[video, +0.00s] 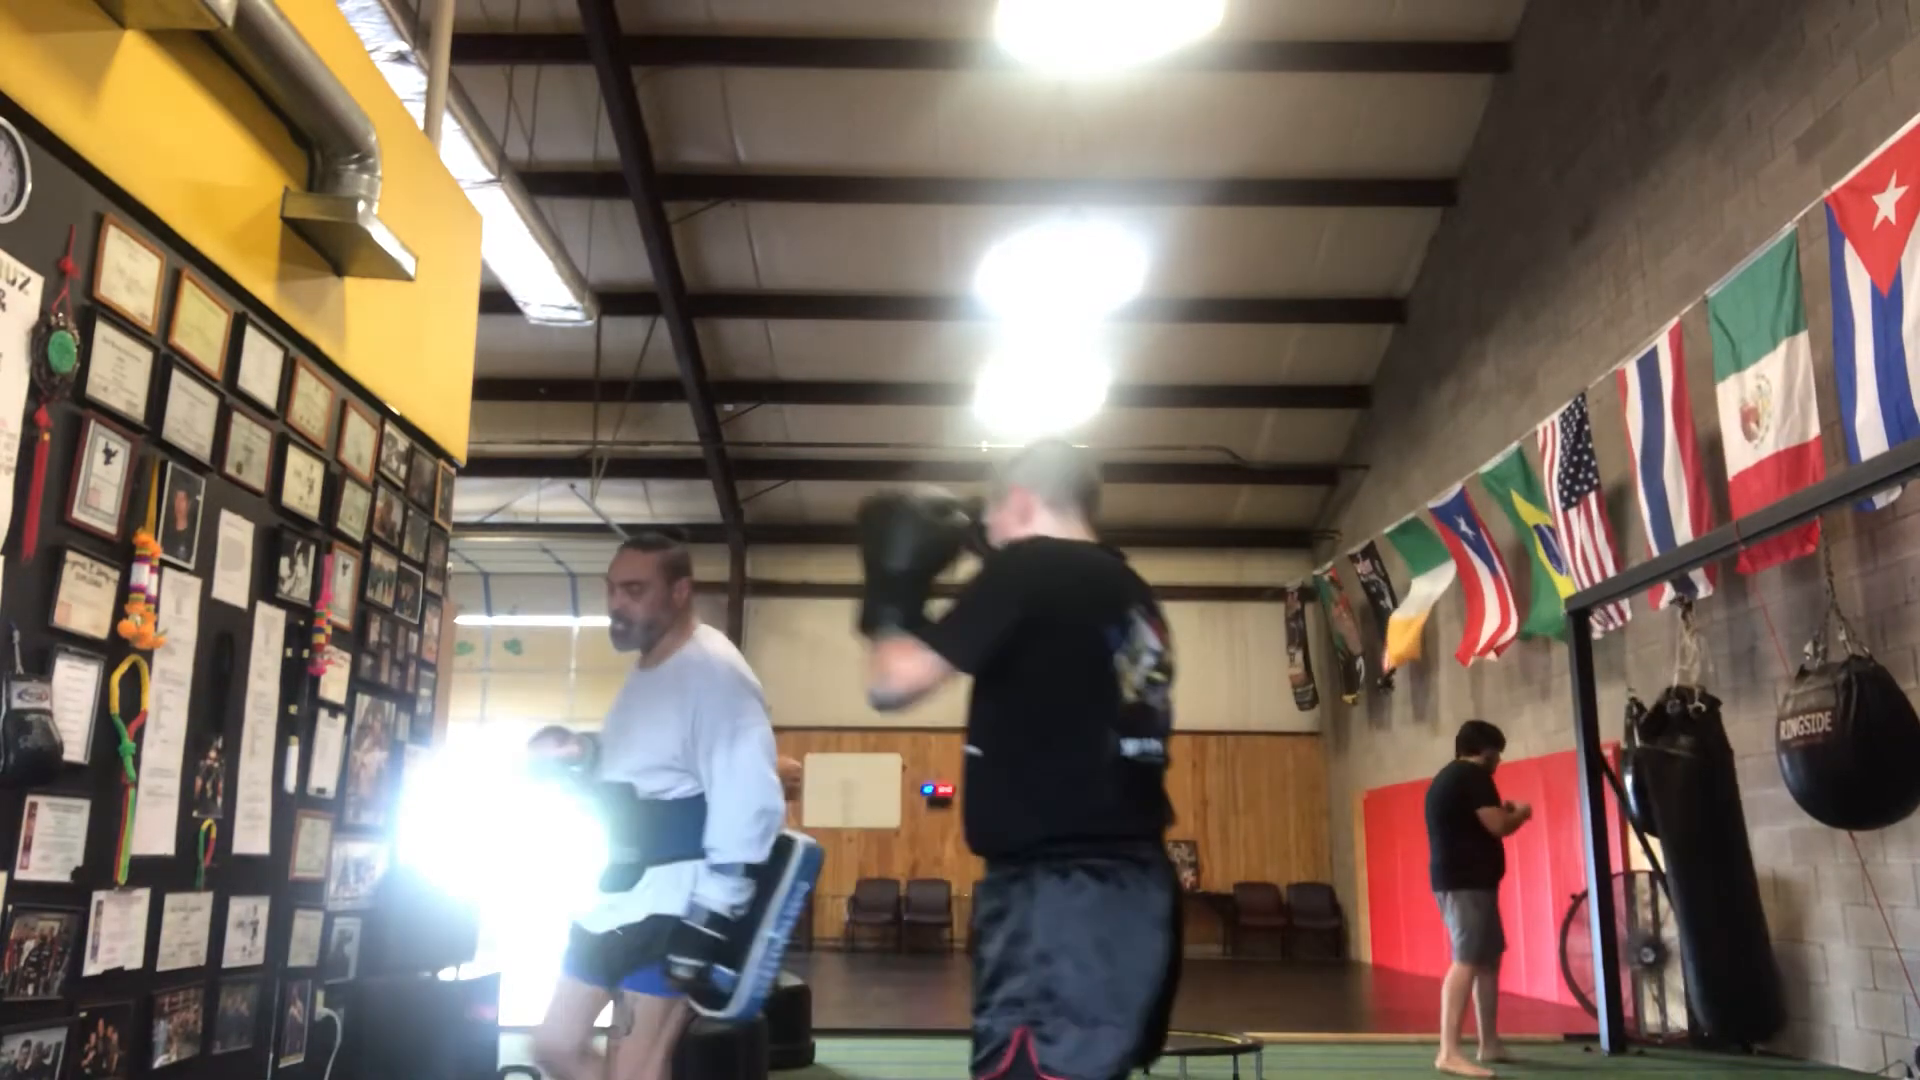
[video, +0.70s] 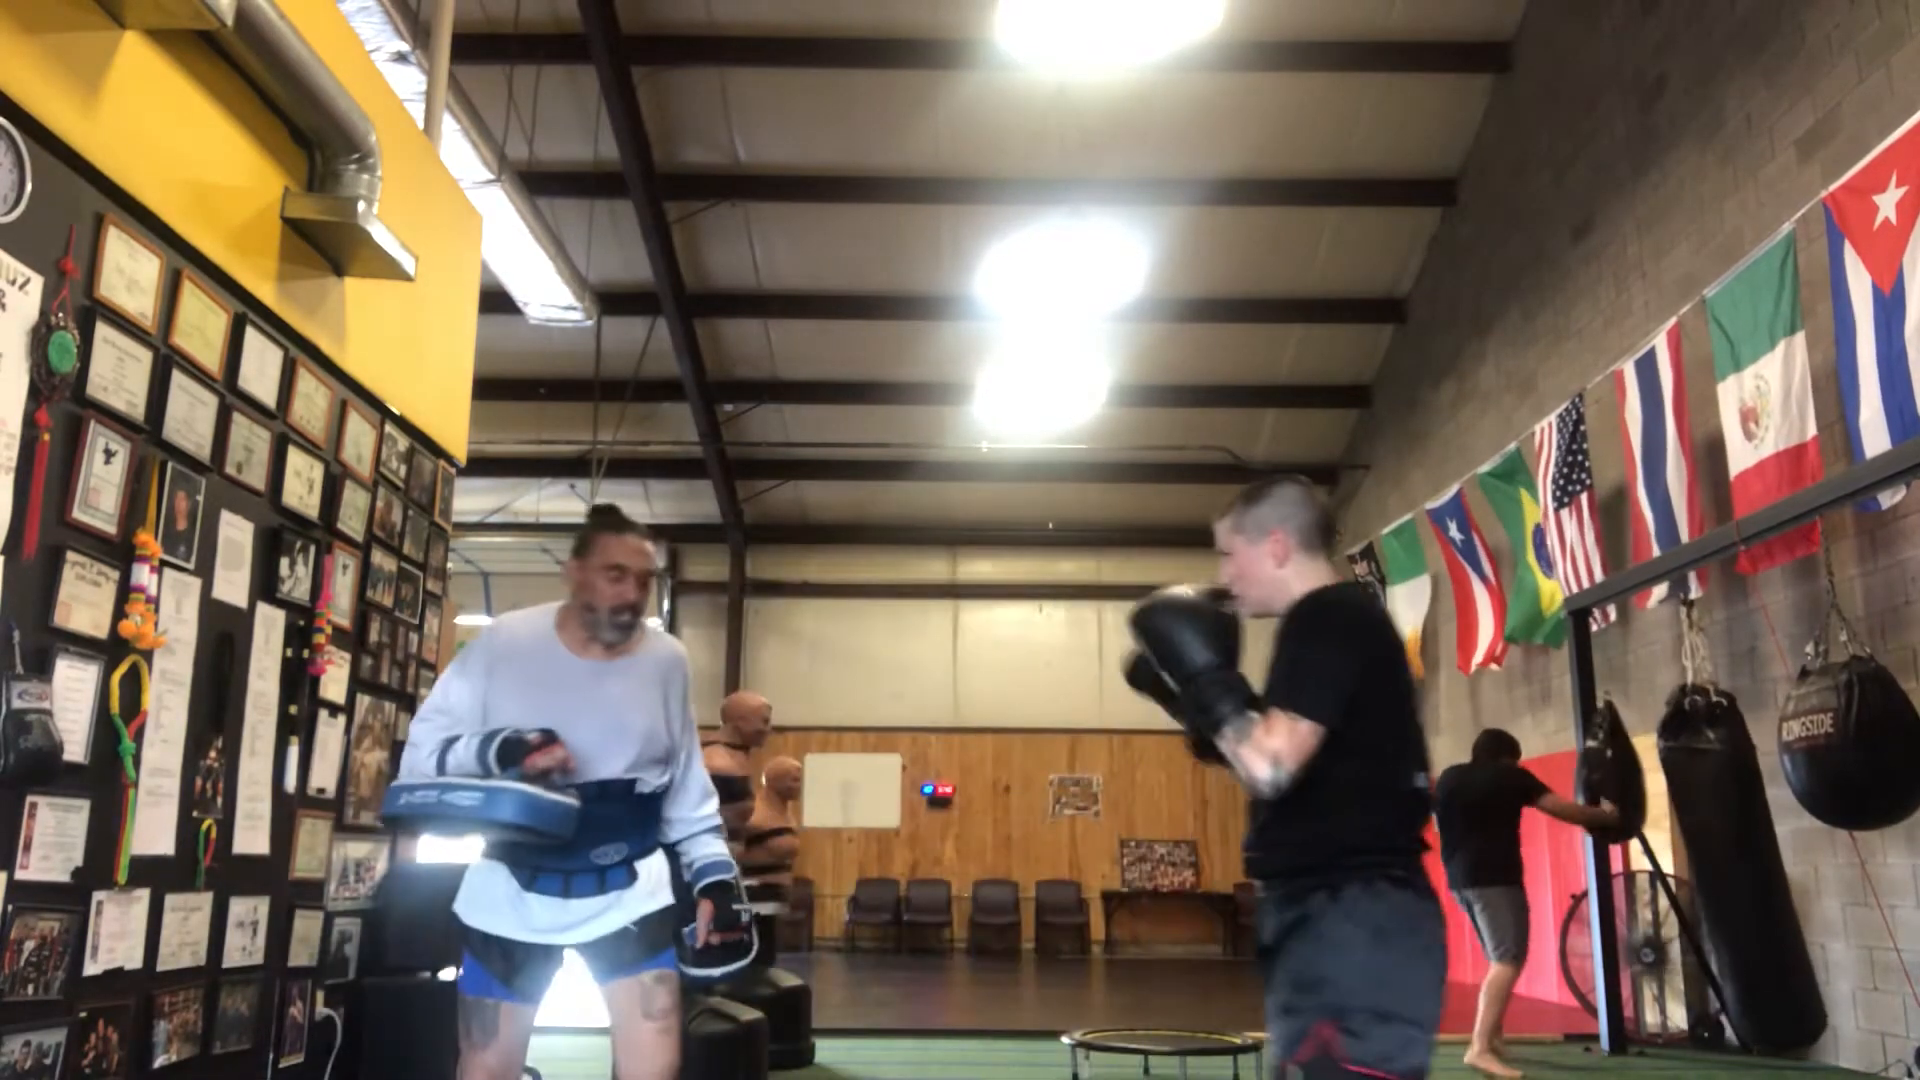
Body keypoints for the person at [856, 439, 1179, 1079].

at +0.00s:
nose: (986, 525)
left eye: (992, 505)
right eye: (988, 509)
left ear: (1023, 502)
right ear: (1081, 504)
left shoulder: (1029, 572)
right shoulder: (1127, 589)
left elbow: (893, 679)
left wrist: (892, 576)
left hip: (1055, 905)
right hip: (1130, 897)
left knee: (1027, 1067)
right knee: (1091, 1066)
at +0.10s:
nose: (1026, 535)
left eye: (1032, 520)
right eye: (1028, 521)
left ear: (1064, 514)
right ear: (1119, 519)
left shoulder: (1076, 588)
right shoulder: (1163, 603)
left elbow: (962, 717)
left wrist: (939, 628)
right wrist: (1015, 583)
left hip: (1088, 913)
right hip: (1159, 907)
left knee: (1042, 1066)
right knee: (1120, 1067)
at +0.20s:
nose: (1070, 565)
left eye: (1074, 545)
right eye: (1070, 548)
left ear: (1108, 534)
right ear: (1155, 537)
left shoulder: (1124, 606)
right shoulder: (1204, 620)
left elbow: (1053, 751)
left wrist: (992, 672)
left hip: (1127, 927)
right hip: (1194, 921)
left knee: (1076, 1066)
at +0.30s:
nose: (1113, 579)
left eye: (1117, 559)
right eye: (1114, 561)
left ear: (1151, 554)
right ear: (1194, 554)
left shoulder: (1175, 630)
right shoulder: (1242, 636)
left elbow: (1127, 782)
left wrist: (1048, 704)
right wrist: (1113, 652)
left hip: (1186, 944)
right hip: (1243, 937)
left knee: (1124, 1067)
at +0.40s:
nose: (1148, 594)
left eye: (1151, 575)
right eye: (1145, 579)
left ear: (1187, 564)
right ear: (1204, 561)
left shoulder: (1223, 633)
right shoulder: (1263, 635)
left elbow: (1191, 791)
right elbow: (1193, 772)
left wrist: (1107, 702)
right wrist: (1132, 694)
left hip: (1246, 944)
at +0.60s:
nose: (1193, 573)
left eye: (1200, 553)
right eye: (1192, 557)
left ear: (1247, 545)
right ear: (1246, 548)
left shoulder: (1298, 608)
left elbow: (1234, 749)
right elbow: (1225, 779)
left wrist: (1173, 660)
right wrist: (1179, 717)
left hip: (1330, 916)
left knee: (1275, 1063)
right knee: (1273, 1061)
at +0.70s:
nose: (1222, 575)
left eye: (1229, 554)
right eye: (1222, 557)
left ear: (1277, 547)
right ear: (1277, 549)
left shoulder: (1331, 616)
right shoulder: (1331, 620)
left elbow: (1270, 761)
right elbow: (1266, 763)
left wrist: (1205, 672)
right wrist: (1191, 705)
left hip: (1354, 926)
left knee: (1332, 1067)